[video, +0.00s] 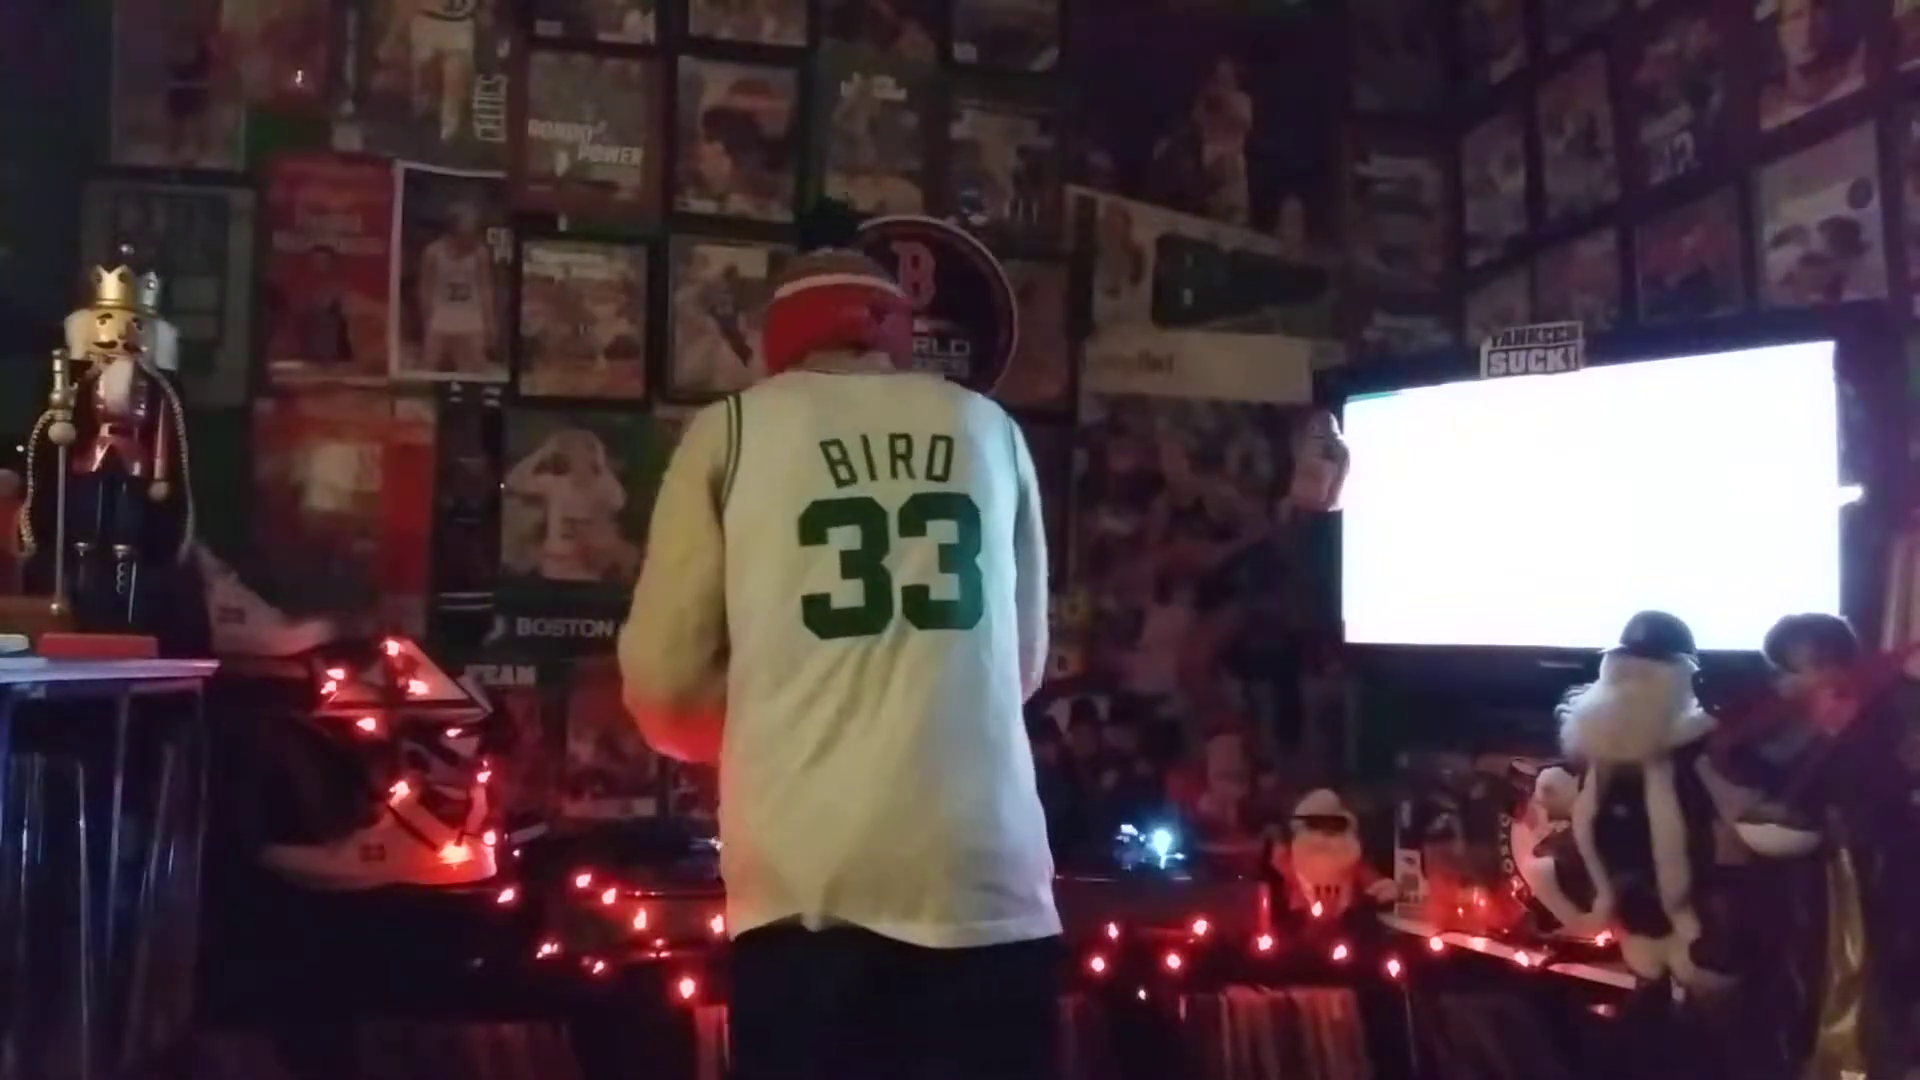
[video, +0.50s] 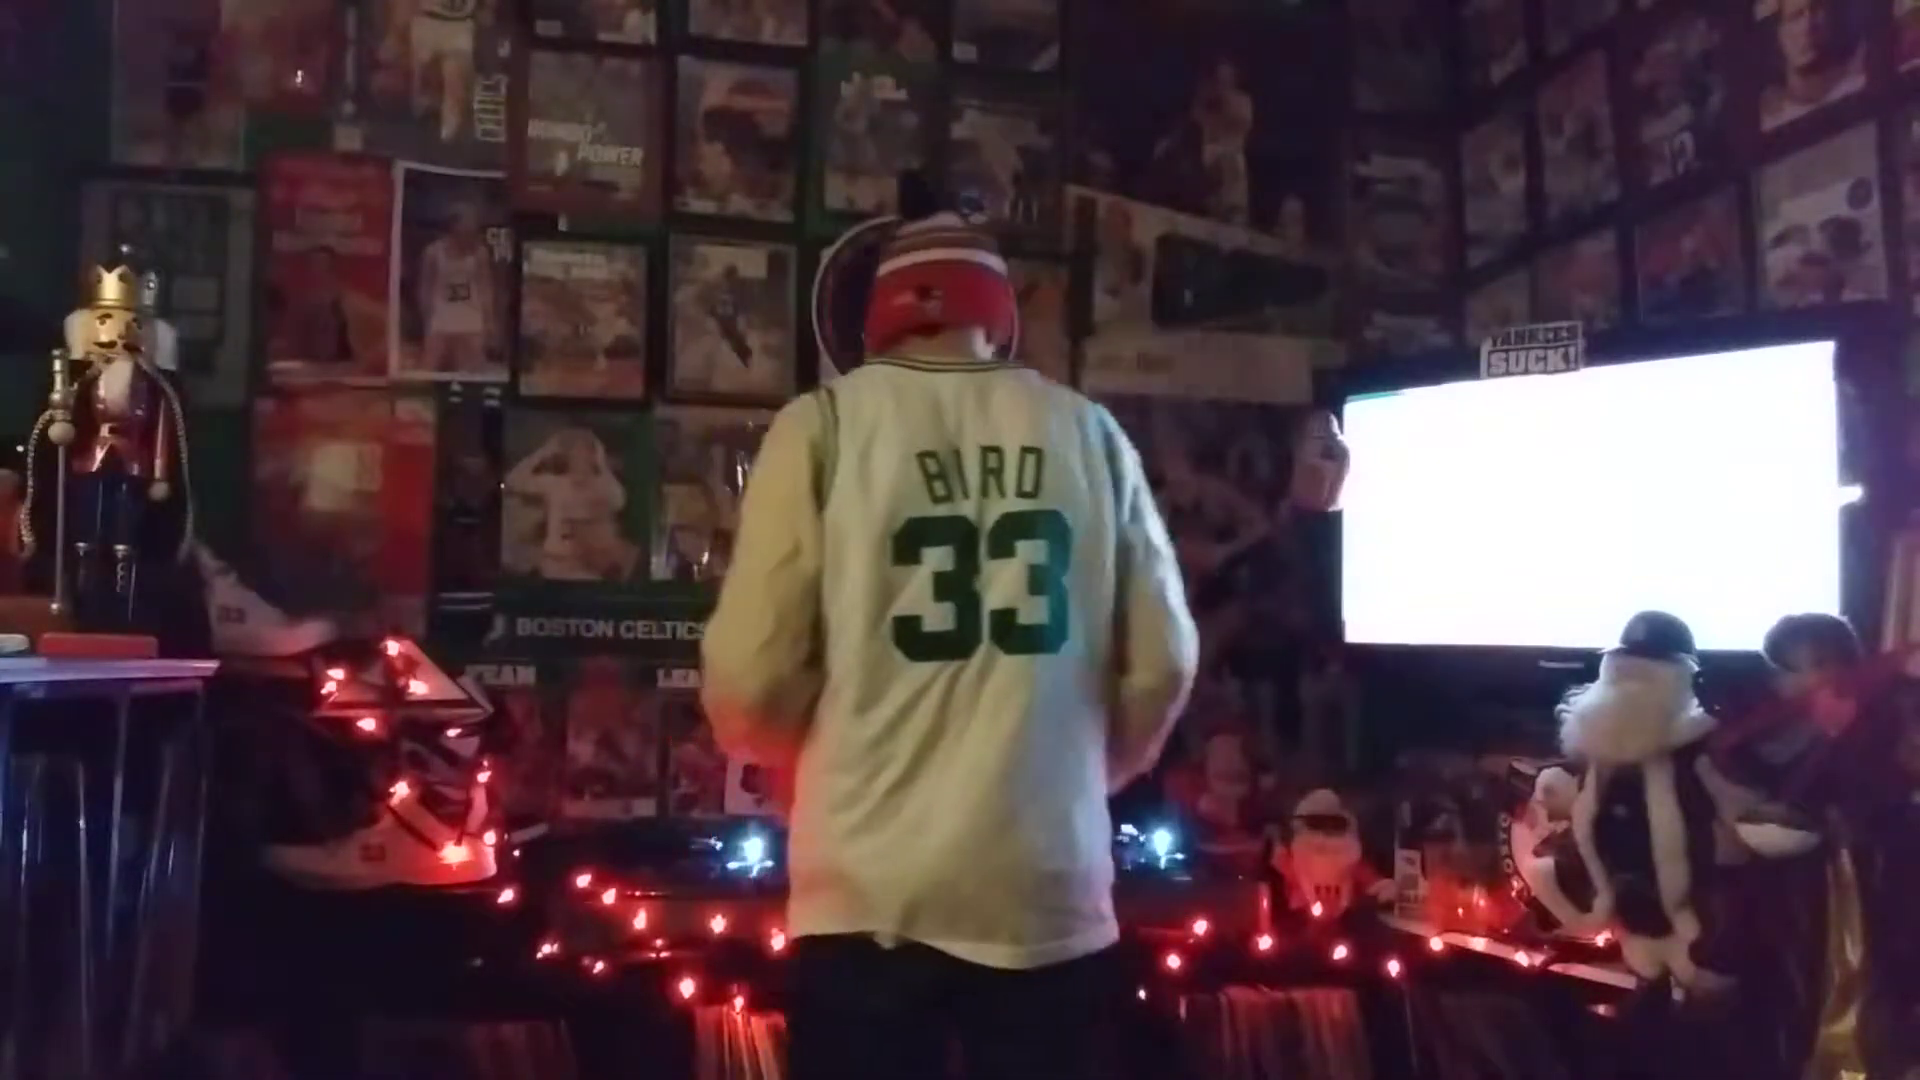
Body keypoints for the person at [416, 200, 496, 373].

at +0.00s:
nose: (466, 235)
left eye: (470, 230)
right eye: (462, 230)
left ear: (475, 230)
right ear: (453, 228)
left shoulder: (480, 253)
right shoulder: (434, 252)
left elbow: (486, 290)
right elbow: (425, 288)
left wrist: (490, 324)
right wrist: (428, 318)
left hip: (471, 326)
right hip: (440, 325)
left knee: (472, 379)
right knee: (435, 378)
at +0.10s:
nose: (466, 235)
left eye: (470, 230)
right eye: (462, 230)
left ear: (475, 230)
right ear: (453, 229)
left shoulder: (480, 253)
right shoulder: (434, 253)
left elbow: (486, 290)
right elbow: (425, 288)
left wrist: (490, 324)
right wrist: (427, 318)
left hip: (471, 327)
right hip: (440, 326)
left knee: (471, 379)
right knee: (435, 379)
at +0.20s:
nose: (467, 234)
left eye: (470, 229)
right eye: (463, 228)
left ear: (475, 229)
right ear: (453, 228)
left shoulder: (480, 253)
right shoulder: (434, 252)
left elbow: (486, 290)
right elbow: (425, 288)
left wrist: (490, 325)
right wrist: (427, 319)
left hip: (472, 328)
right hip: (440, 327)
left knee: (472, 380)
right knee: (434, 379)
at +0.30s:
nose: (466, 237)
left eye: (470, 232)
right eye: (462, 232)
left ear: (475, 232)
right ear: (452, 230)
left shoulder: (480, 253)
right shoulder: (434, 252)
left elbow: (486, 290)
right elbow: (425, 288)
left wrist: (489, 324)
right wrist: (428, 318)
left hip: (472, 328)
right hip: (440, 327)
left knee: (472, 381)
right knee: (433, 380)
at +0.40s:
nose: (466, 237)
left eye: (470, 232)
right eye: (462, 231)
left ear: (475, 231)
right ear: (452, 230)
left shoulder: (480, 253)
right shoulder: (434, 252)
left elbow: (487, 290)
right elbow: (425, 287)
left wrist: (490, 323)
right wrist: (428, 317)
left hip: (472, 327)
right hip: (440, 327)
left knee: (472, 380)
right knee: (434, 380)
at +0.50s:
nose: (466, 236)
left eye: (470, 231)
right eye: (462, 231)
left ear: (475, 231)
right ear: (453, 229)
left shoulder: (480, 253)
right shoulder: (434, 252)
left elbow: (487, 290)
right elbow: (425, 287)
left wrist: (490, 323)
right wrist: (428, 316)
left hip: (472, 327)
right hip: (440, 326)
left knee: (471, 379)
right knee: (434, 379)